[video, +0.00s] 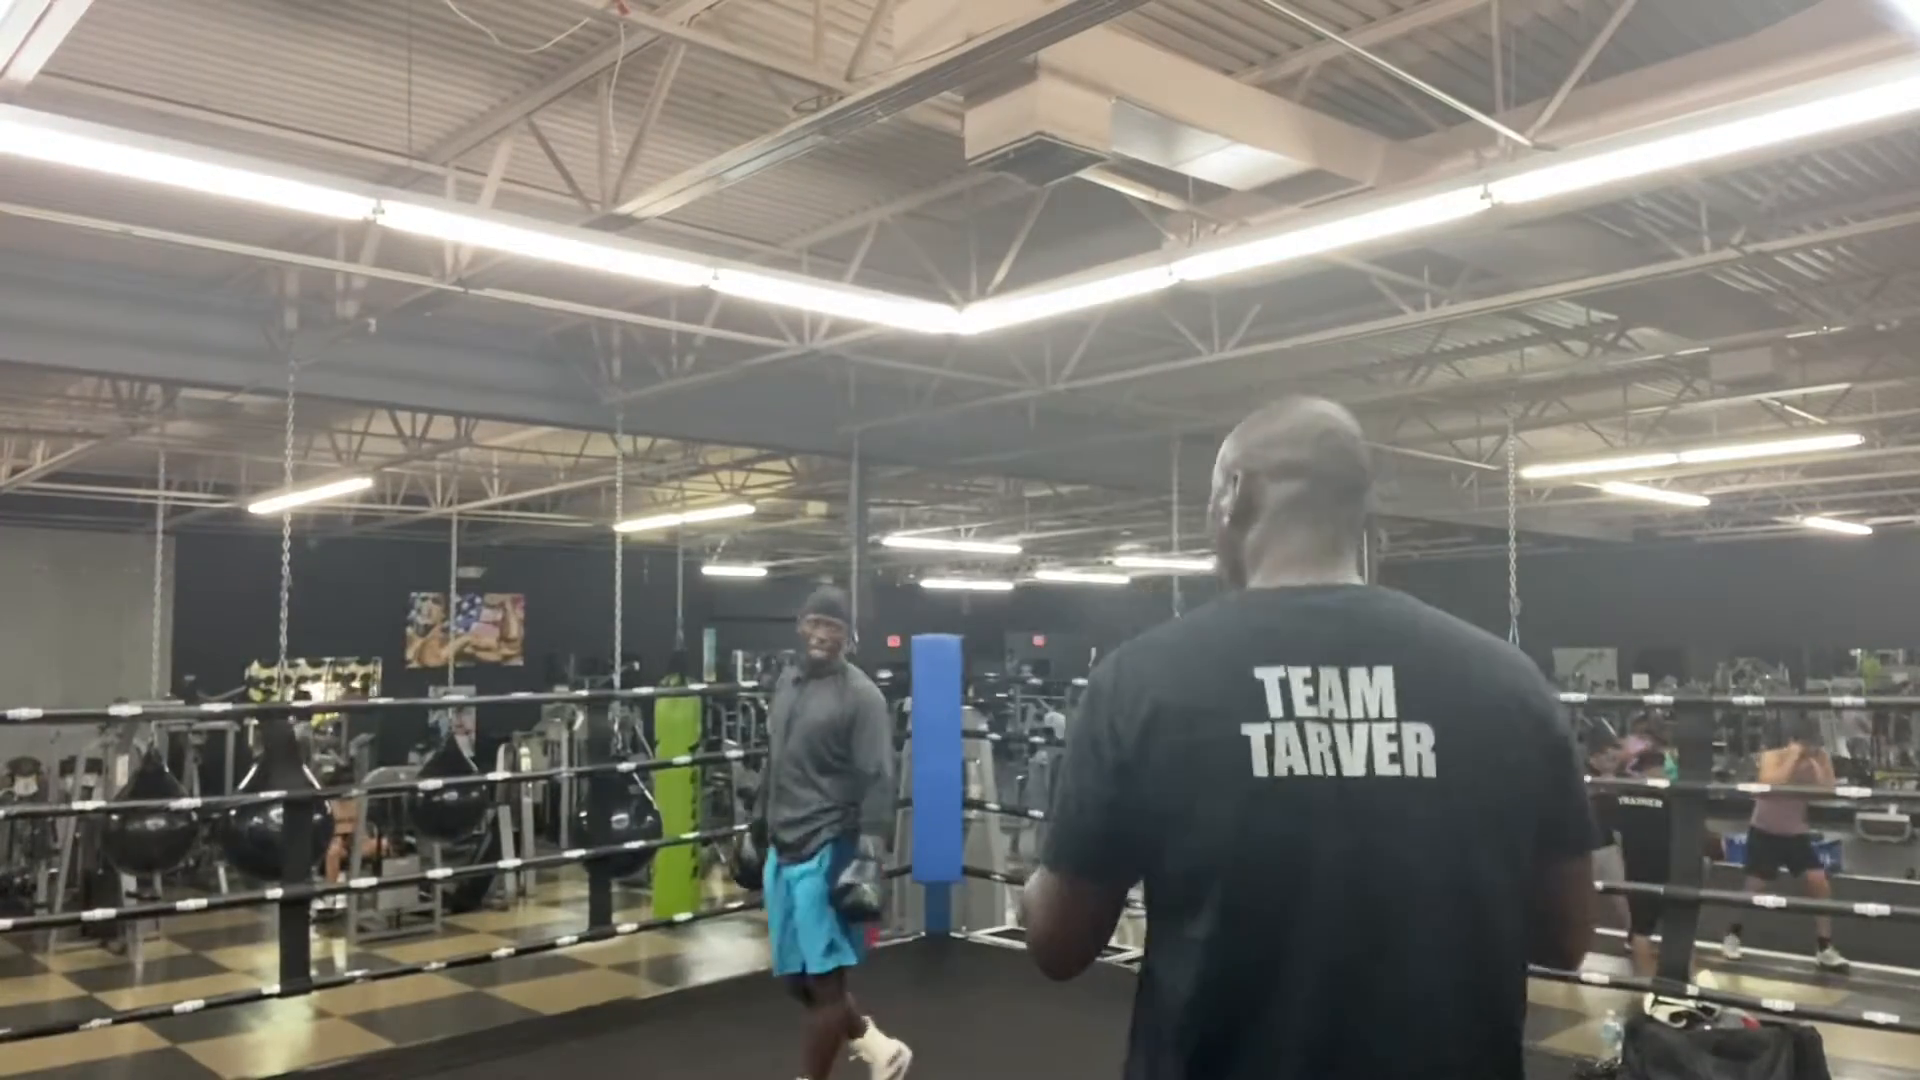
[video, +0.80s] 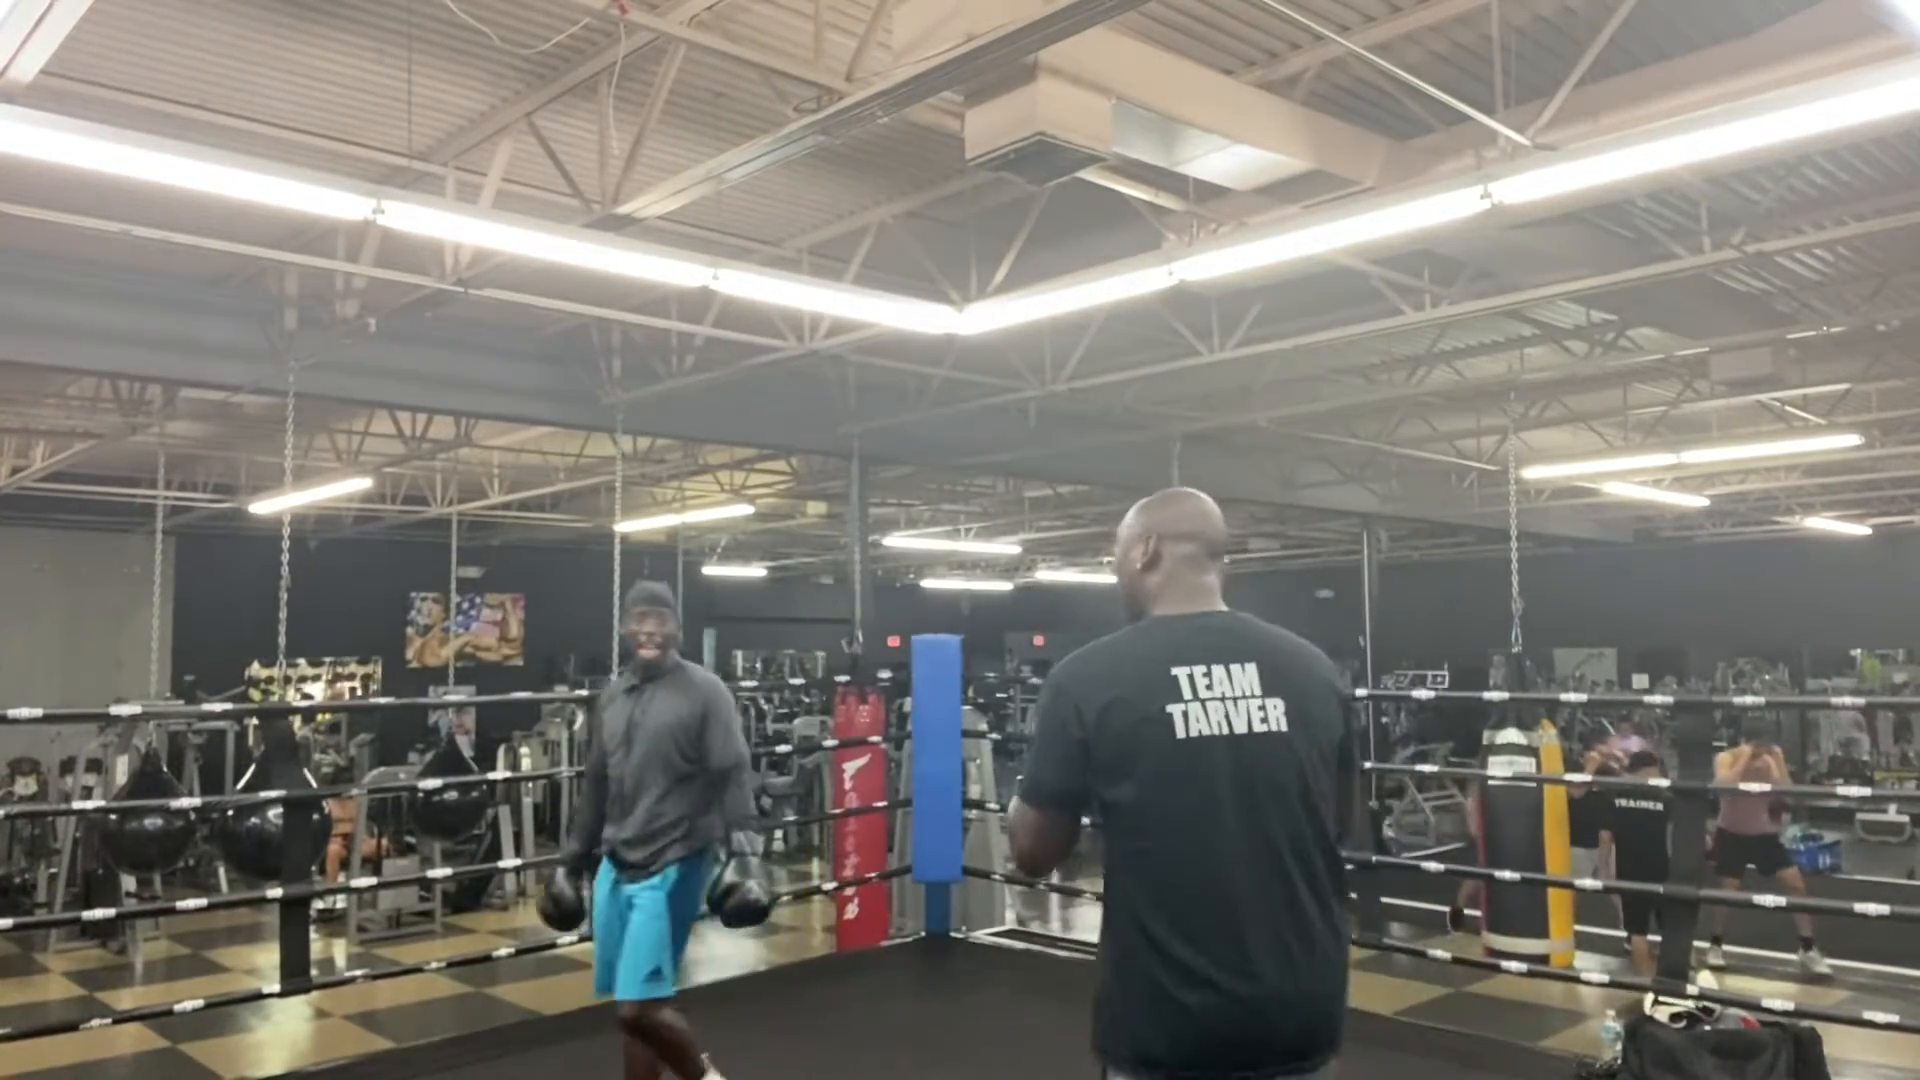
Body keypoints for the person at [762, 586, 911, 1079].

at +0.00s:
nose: (822, 634)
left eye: (833, 627)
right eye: (814, 624)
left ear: (847, 636)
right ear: (799, 628)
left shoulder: (862, 695)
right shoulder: (788, 685)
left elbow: (879, 780)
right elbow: (775, 764)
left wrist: (870, 859)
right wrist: (758, 833)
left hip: (831, 848)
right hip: (783, 847)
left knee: (825, 980)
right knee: (797, 977)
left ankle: (813, 1074)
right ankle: (881, 1050)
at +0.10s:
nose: (800, 637)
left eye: (811, 629)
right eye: (792, 627)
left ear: (828, 637)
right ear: (779, 631)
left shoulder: (843, 698)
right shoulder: (770, 687)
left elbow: (847, 790)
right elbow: (758, 768)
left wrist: (813, 866)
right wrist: (734, 832)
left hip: (813, 855)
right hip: (759, 854)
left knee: (819, 985)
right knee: (749, 979)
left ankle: (814, 1073)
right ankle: (833, 1044)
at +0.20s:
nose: (783, 634)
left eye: (794, 627)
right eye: (775, 624)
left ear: (810, 633)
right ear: (761, 627)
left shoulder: (827, 693)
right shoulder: (757, 687)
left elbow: (825, 787)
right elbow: (747, 771)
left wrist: (776, 854)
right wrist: (717, 835)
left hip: (805, 851)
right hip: (747, 846)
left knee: (810, 984)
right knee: (716, 972)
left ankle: (807, 1077)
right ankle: (771, 1065)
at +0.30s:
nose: (762, 635)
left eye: (773, 628)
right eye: (754, 625)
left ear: (790, 635)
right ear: (741, 629)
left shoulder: (810, 696)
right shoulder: (737, 691)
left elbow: (806, 794)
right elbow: (730, 777)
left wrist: (748, 853)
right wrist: (706, 836)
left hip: (790, 853)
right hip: (731, 848)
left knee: (803, 986)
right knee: (704, 981)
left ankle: (807, 1076)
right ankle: (697, 1075)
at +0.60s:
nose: (696, 638)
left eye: (708, 629)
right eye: (688, 629)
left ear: (728, 636)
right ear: (675, 634)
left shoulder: (750, 699)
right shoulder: (670, 697)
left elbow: (755, 793)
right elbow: (669, 786)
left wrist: (731, 876)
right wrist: (649, 859)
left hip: (723, 876)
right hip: (663, 873)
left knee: (740, 1003)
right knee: (660, 1008)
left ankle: (784, 1075)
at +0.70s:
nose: (674, 636)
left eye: (685, 626)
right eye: (665, 626)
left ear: (703, 633)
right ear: (650, 634)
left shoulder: (730, 695)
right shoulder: (639, 700)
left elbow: (744, 785)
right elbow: (633, 785)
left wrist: (740, 875)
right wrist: (614, 860)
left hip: (695, 874)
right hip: (639, 871)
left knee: (692, 1013)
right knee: (646, 1011)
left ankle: (763, 1075)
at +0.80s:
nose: (649, 630)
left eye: (659, 619)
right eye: (639, 619)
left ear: (677, 627)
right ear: (623, 629)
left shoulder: (706, 692)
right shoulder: (613, 696)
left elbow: (735, 776)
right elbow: (595, 785)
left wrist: (747, 863)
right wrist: (571, 864)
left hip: (676, 863)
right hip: (617, 864)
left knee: (640, 1005)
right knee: (630, 1007)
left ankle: (705, 1074)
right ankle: (648, 1074)